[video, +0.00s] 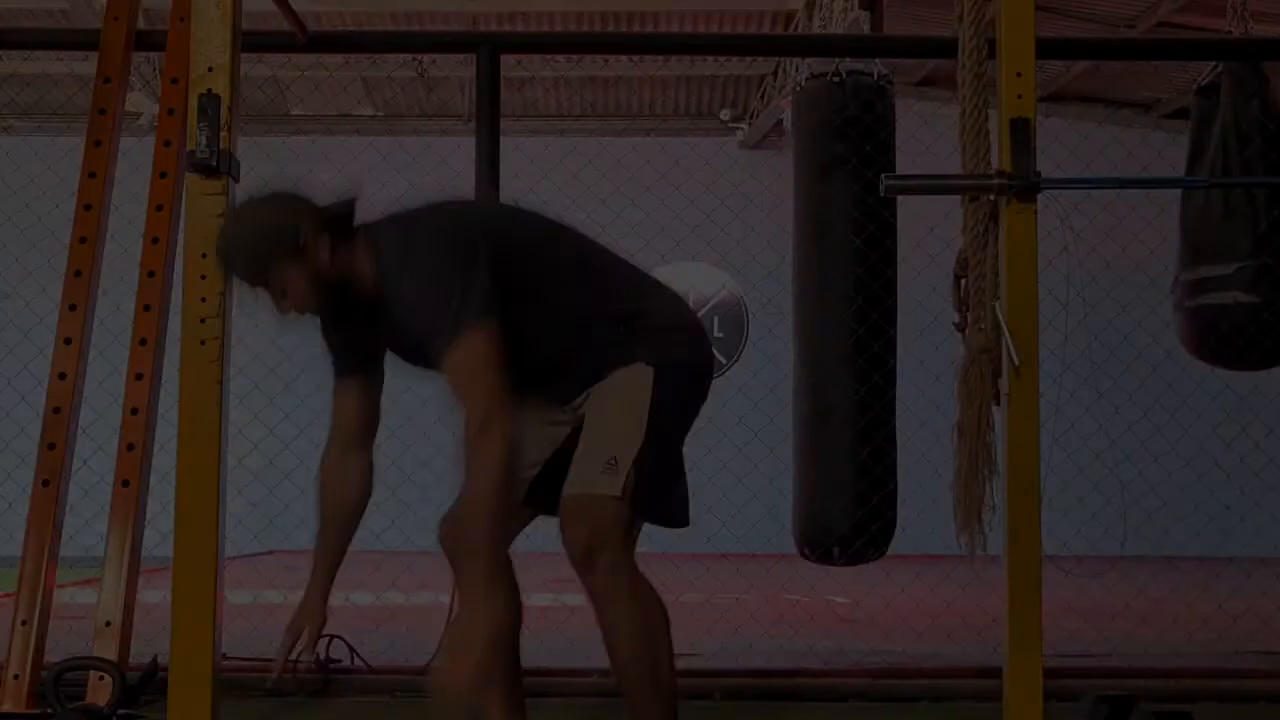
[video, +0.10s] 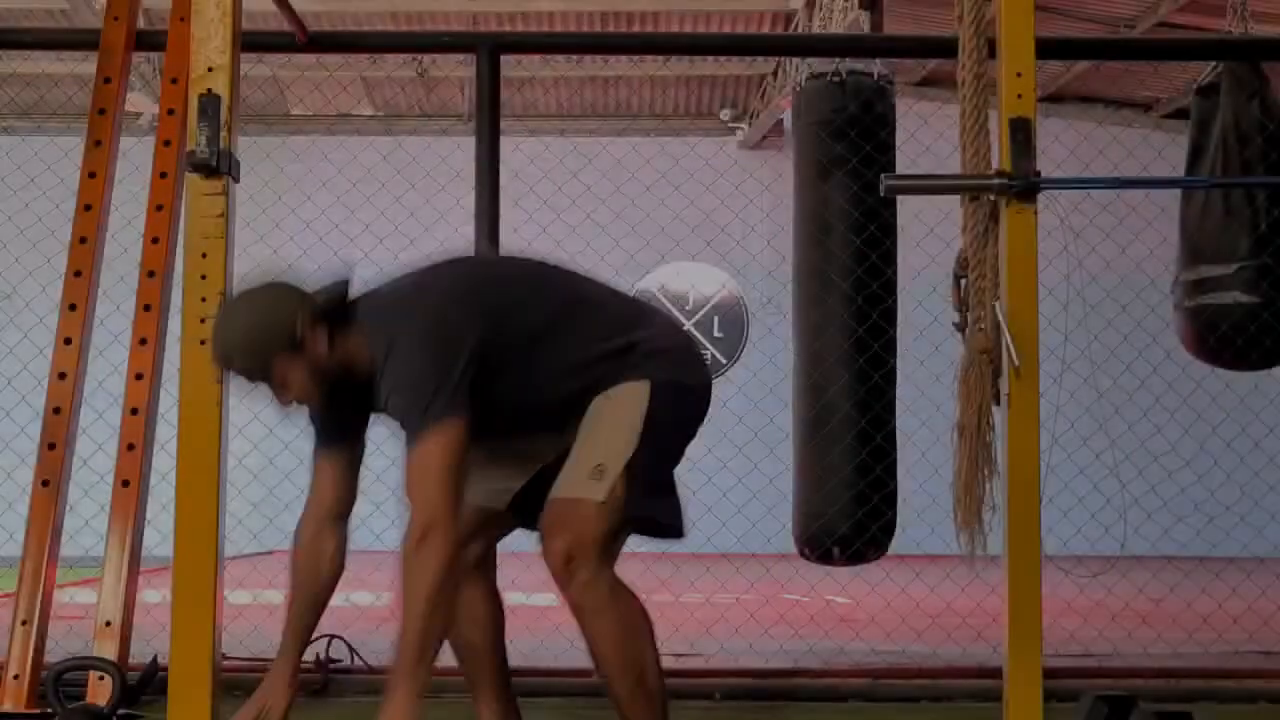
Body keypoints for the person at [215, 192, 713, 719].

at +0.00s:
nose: (277, 302)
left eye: (273, 281)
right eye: (265, 290)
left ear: (310, 246)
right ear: (309, 248)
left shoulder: (426, 261)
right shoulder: (351, 300)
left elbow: (491, 424)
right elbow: (348, 450)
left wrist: (474, 611)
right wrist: (316, 594)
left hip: (649, 351)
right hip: (557, 377)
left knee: (595, 540)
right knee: (466, 533)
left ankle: (654, 711)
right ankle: (497, 707)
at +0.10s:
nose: (279, 396)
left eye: (273, 377)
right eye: (266, 385)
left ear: (308, 336)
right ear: (306, 336)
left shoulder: (421, 336)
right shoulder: (339, 370)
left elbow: (436, 535)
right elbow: (324, 524)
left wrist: (402, 699)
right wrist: (283, 671)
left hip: (644, 367)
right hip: (546, 393)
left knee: (575, 552)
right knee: (458, 548)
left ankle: (645, 708)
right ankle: (495, 710)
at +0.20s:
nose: (284, 487)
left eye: (279, 471)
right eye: (274, 477)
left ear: (307, 433)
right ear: (306, 427)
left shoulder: (392, 406)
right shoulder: (317, 429)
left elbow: (385, 613)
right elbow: (297, 596)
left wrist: (357, 714)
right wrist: (253, 712)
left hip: (639, 361)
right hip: (560, 382)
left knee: (565, 559)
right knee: (457, 547)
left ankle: (641, 710)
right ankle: (500, 711)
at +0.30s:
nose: (295, 565)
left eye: (289, 547)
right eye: (281, 559)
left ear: (300, 505)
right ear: (294, 499)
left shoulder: (370, 470)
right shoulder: (301, 471)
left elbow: (359, 674)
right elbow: (291, 650)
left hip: (611, 303)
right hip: (543, 335)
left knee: (611, 535)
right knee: (503, 537)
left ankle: (674, 709)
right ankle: (537, 702)